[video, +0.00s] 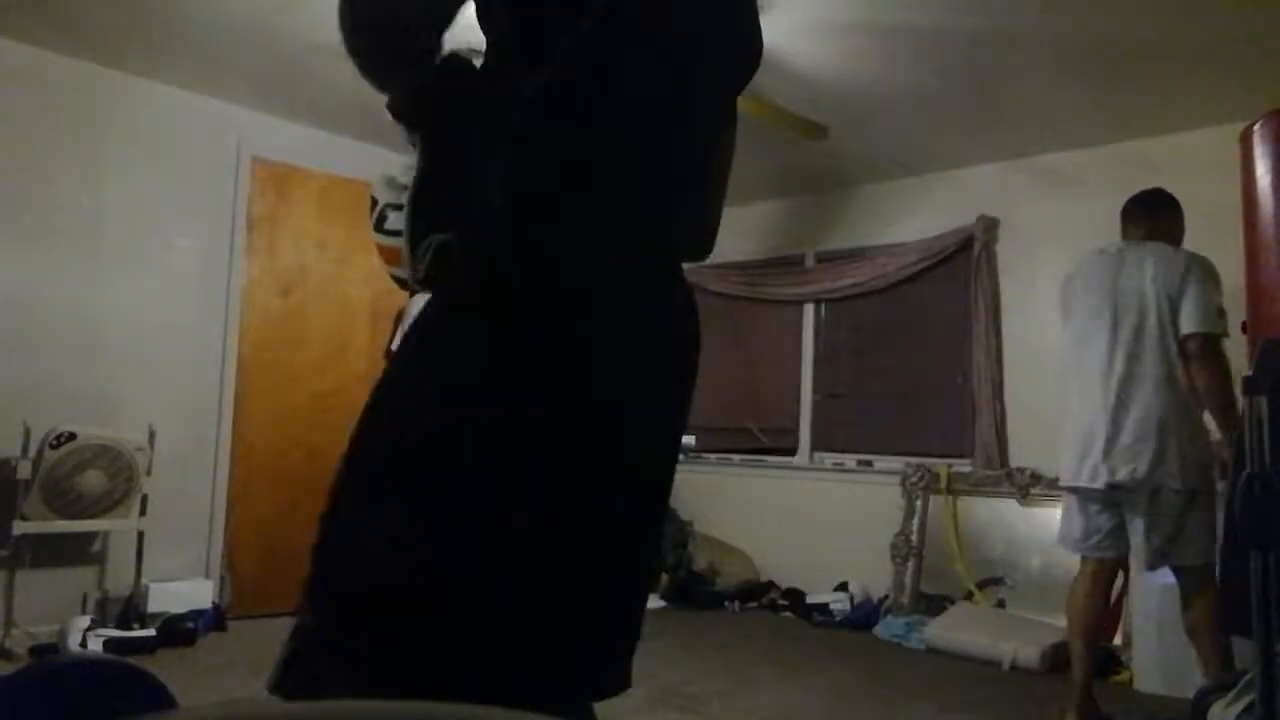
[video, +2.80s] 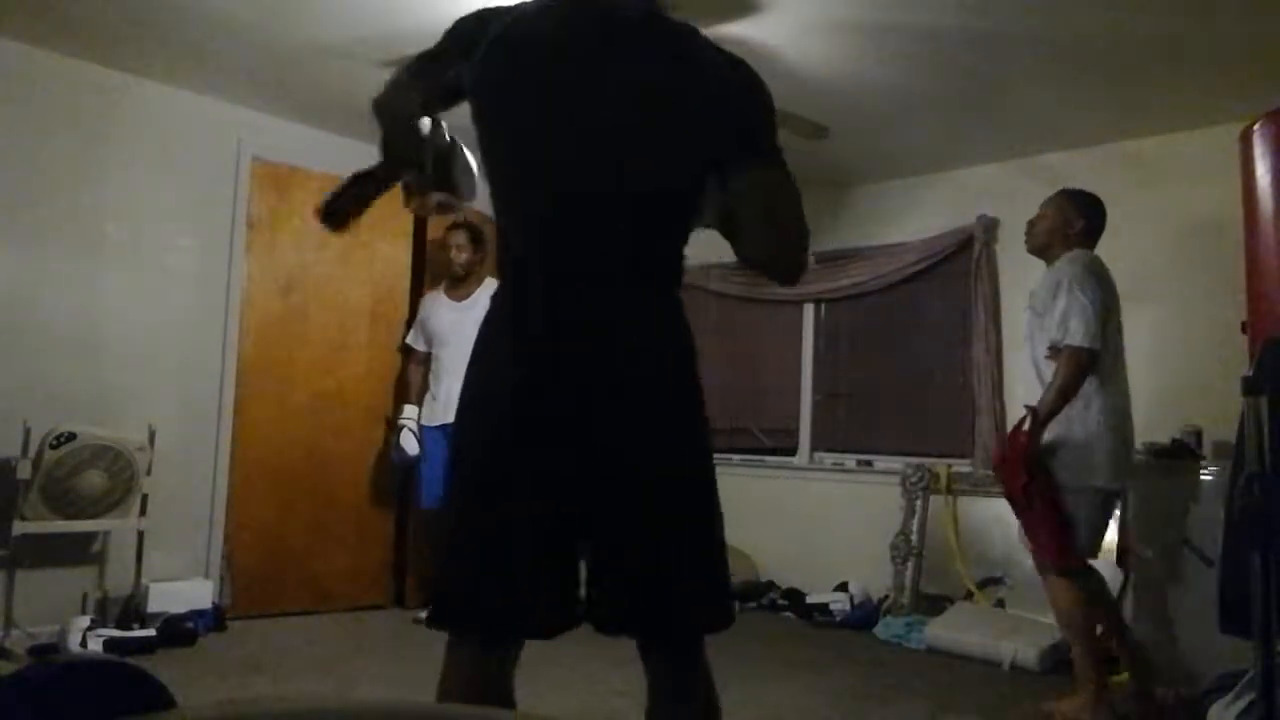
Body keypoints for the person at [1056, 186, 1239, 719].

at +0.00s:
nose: (1180, 238)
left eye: (1178, 231)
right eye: (1178, 230)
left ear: (1125, 226)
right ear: (1170, 226)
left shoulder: (1080, 274)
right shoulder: (1186, 267)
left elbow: (1084, 356)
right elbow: (1199, 352)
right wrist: (1230, 434)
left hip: (1090, 453)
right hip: (1168, 452)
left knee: (1094, 568)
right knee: (1196, 580)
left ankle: (1079, 699)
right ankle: (1221, 691)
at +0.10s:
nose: (1190, 238)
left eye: (1184, 232)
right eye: (1190, 230)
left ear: (1137, 230)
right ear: (1190, 227)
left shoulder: (1098, 271)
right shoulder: (1213, 269)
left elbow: (1092, 344)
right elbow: (1229, 358)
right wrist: (1249, 424)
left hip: (1111, 451)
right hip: (1191, 452)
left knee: (1104, 572)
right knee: (1206, 582)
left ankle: (1080, 699)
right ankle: (1228, 694)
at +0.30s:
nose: (1215, 238)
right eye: (1218, 230)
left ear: (1167, 225)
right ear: (1220, 228)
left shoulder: (1133, 267)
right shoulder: (1239, 265)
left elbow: (1100, 342)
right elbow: (1260, 337)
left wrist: (1152, 318)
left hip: (1139, 444)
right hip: (1219, 447)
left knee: (1124, 562)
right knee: (1225, 576)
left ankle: (1088, 691)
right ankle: (1229, 693)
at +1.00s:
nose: (1132, 235)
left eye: (1131, 227)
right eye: (1136, 229)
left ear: (1137, 226)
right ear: (1188, 222)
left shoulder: (1122, 270)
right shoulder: (1230, 267)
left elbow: (1095, 352)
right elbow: (1247, 347)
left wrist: (1147, 368)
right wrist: (1201, 366)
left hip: (1139, 448)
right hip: (1217, 450)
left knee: (1132, 576)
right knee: (1216, 579)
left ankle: (1127, 703)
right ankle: (1231, 697)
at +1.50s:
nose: (1073, 236)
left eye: (1076, 226)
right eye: (1074, 226)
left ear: (1094, 225)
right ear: (1134, 224)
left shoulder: (1081, 275)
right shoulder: (1188, 272)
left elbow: (1047, 359)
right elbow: (1223, 353)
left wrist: (1072, 403)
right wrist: (1167, 387)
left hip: (1106, 452)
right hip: (1174, 452)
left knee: (1114, 573)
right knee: (1172, 569)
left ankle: (1124, 701)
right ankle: (1205, 678)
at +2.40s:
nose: (1072, 228)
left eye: (1083, 219)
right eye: (1078, 218)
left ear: (1111, 227)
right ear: (1124, 232)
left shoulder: (1111, 270)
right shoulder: (1147, 276)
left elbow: (1116, 347)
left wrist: (1080, 415)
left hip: (1125, 445)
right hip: (1160, 446)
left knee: (1068, 546)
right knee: (1139, 559)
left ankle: (1091, 688)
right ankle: (1163, 689)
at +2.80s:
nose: (1030, 221)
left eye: (1042, 214)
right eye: (1036, 212)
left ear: (1071, 227)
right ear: (1074, 229)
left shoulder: (1074, 271)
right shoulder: (1081, 271)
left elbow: (1078, 358)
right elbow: (1077, 360)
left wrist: (1033, 426)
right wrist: (1036, 423)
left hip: (1081, 451)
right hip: (1090, 450)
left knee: (1059, 565)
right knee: (1072, 563)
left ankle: (1088, 692)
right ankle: (1133, 663)